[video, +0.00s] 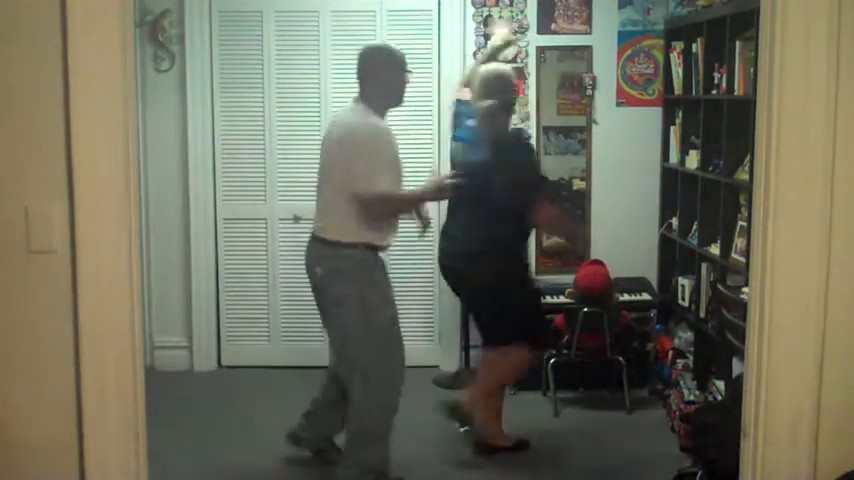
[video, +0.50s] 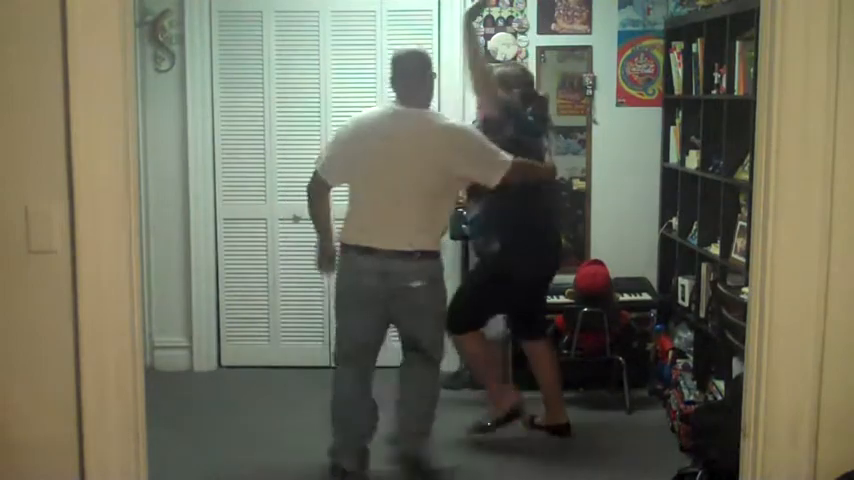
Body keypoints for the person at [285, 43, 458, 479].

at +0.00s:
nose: (407, 84)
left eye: (405, 76)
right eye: (400, 75)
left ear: (369, 79)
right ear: (375, 78)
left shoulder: (348, 122)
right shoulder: (368, 130)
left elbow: (357, 188)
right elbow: (372, 203)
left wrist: (407, 203)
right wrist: (428, 192)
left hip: (332, 254)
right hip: (351, 260)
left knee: (357, 357)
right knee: (381, 365)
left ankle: (312, 435)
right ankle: (367, 468)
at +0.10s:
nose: (418, 89)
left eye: (417, 81)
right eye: (412, 81)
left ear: (376, 83)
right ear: (391, 84)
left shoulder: (346, 127)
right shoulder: (390, 139)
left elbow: (352, 200)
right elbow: (421, 214)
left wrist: (399, 234)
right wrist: (459, 194)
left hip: (329, 260)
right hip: (358, 269)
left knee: (372, 355)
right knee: (389, 367)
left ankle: (329, 424)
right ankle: (366, 467)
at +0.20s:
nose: (425, 87)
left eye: (424, 78)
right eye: (421, 79)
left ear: (378, 83)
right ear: (407, 86)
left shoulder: (344, 128)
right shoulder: (412, 141)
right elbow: (452, 208)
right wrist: (493, 188)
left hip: (330, 264)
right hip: (376, 270)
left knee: (376, 348)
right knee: (398, 364)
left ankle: (336, 433)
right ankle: (368, 465)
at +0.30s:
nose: (427, 86)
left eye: (425, 78)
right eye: (425, 79)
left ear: (382, 82)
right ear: (418, 85)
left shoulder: (344, 131)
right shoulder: (428, 140)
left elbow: (325, 195)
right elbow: (478, 199)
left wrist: (359, 219)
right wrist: (517, 181)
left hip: (339, 266)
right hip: (391, 271)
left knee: (360, 358)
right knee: (400, 369)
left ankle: (351, 455)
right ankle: (369, 464)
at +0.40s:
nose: (428, 82)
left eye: (425, 75)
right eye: (426, 76)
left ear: (385, 82)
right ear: (423, 83)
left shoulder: (348, 131)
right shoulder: (442, 138)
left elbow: (319, 189)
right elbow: (496, 180)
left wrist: (339, 232)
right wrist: (537, 173)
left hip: (348, 266)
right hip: (407, 270)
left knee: (351, 365)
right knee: (412, 371)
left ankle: (347, 460)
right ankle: (376, 463)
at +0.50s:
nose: (423, 87)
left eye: (417, 78)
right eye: (426, 79)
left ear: (392, 84)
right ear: (430, 83)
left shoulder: (360, 129)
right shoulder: (452, 135)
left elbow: (318, 187)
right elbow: (507, 170)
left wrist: (324, 241)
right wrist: (547, 171)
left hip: (360, 268)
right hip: (419, 270)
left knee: (352, 363)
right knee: (421, 356)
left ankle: (347, 458)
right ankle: (410, 449)